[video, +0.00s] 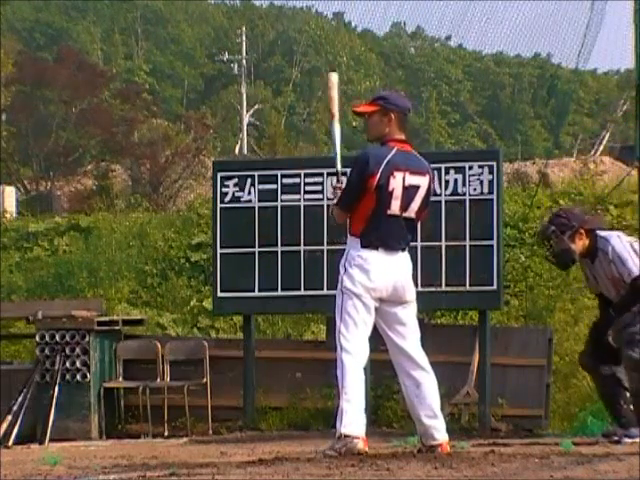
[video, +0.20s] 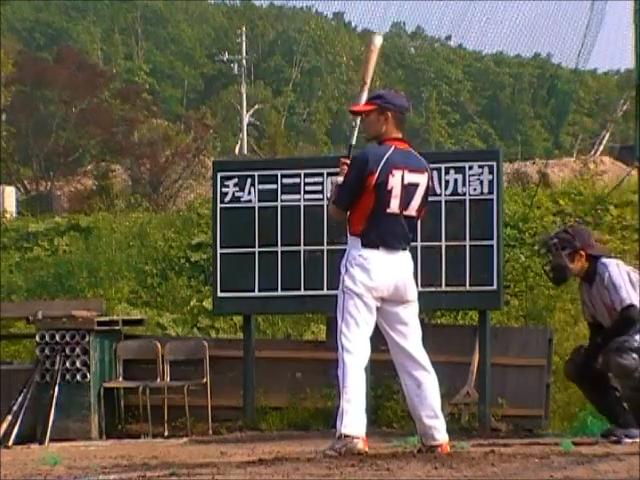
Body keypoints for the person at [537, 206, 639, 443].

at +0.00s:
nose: (555, 251)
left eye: (560, 242)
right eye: (553, 244)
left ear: (581, 235)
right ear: (579, 237)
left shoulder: (613, 244)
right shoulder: (586, 258)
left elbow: (637, 284)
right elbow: (606, 302)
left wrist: (616, 322)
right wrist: (599, 337)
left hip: (636, 308)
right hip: (621, 313)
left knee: (628, 339)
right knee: (594, 358)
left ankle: (633, 425)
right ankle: (627, 424)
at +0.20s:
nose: (555, 265)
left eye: (561, 259)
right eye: (554, 259)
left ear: (581, 257)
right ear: (580, 258)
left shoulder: (610, 271)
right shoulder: (585, 286)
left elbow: (631, 315)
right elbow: (596, 327)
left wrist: (599, 350)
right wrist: (590, 355)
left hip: (634, 333)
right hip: (616, 337)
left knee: (620, 357)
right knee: (578, 366)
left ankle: (633, 425)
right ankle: (625, 424)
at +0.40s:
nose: (561, 274)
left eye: (567, 269)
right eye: (562, 268)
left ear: (585, 270)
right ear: (583, 270)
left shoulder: (610, 289)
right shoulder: (585, 301)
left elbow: (626, 337)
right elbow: (587, 343)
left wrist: (598, 358)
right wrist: (583, 365)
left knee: (612, 364)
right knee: (566, 371)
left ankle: (634, 425)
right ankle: (620, 423)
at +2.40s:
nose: (567, 283)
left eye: (575, 278)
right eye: (567, 277)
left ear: (597, 282)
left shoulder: (612, 300)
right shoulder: (585, 309)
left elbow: (620, 349)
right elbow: (589, 353)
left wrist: (582, 355)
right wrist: (569, 355)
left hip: (633, 374)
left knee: (608, 368)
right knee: (559, 380)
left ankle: (633, 424)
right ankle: (618, 423)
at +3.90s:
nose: (576, 278)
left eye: (583, 272)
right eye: (576, 272)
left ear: (605, 277)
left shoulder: (619, 301)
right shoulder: (595, 308)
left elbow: (627, 355)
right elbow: (596, 352)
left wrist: (576, 346)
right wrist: (570, 344)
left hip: (633, 378)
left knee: (599, 370)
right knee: (559, 373)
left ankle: (633, 425)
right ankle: (619, 424)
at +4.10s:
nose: (571, 266)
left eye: (579, 261)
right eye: (571, 260)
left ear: (598, 265)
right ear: (596, 267)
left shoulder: (609, 287)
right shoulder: (597, 291)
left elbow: (605, 328)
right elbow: (587, 333)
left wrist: (571, 317)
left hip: (632, 366)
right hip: (618, 363)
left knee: (595, 374)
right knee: (560, 375)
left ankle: (633, 424)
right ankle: (620, 424)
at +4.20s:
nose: (569, 247)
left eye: (576, 242)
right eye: (568, 241)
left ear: (596, 248)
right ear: (594, 249)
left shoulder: (607, 268)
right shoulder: (593, 273)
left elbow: (588, 300)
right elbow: (575, 306)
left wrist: (565, 299)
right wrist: (566, 297)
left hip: (635, 349)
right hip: (621, 349)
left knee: (588, 366)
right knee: (561, 371)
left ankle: (634, 423)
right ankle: (620, 422)